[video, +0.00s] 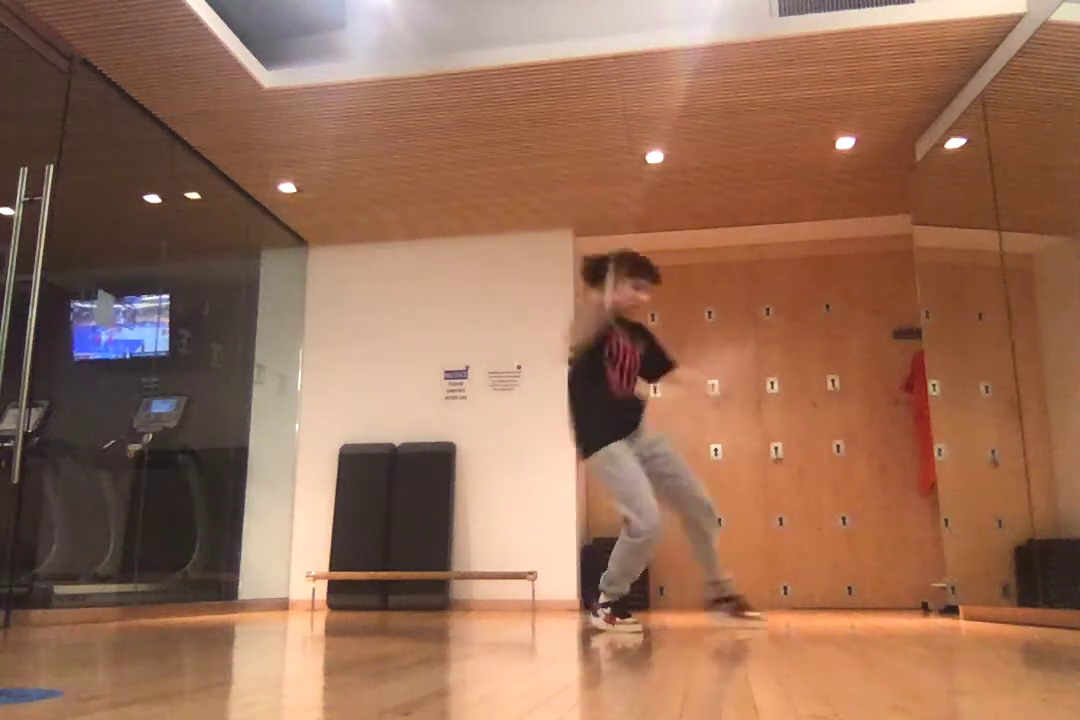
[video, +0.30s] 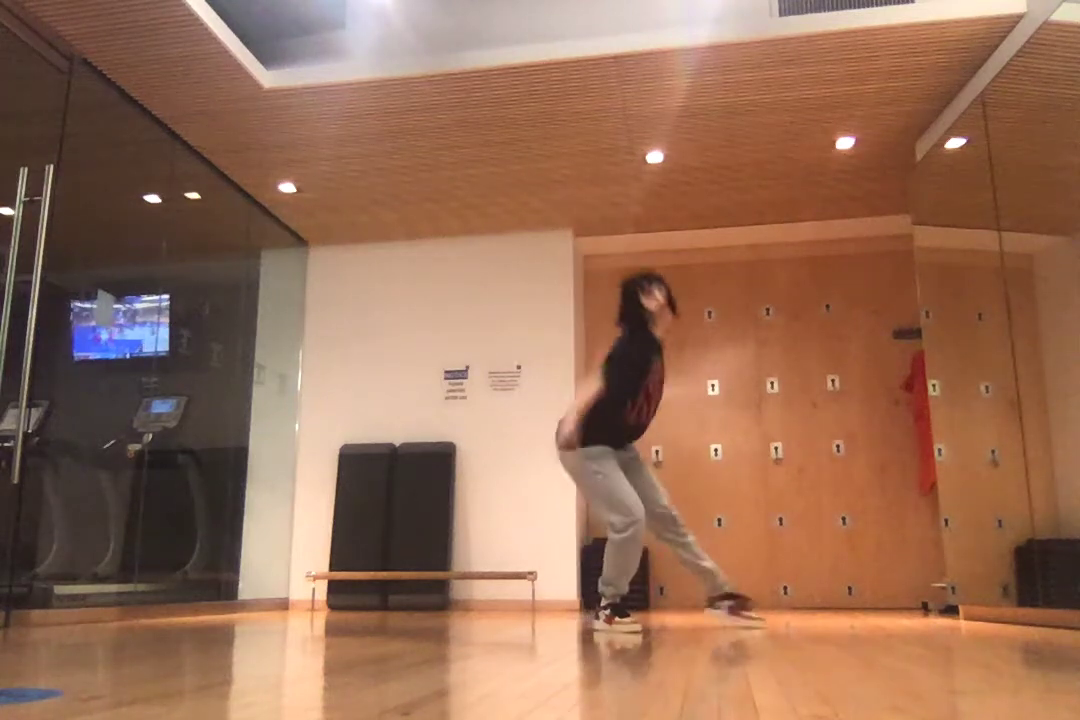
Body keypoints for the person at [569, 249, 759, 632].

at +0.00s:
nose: (642, 298)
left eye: (646, 291)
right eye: (635, 288)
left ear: (648, 294)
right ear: (610, 288)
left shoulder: (636, 334)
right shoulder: (590, 331)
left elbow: (667, 376)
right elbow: (579, 337)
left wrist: (707, 385)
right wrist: (599, 303)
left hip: (636, 433)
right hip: (602, 442)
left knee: (696, 505)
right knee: (646, 521)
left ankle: (720, 595)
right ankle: (605, 603)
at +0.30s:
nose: (661, 300)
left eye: (661, 293)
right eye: (651, 294)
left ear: (667, 301)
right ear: (639, 303)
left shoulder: (653, 346)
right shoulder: (631, 345)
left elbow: (626, 388)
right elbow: (599, 382)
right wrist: (572, 418)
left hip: (620, 447)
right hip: (588, 446)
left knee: (665, 519)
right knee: (628, 518)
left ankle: (720, 595)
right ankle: (608, 607)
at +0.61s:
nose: (602, 261)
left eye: (608, 255)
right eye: (595, 256)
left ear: (619, 264)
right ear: (584, 265)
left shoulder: (623, 306)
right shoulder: (579, 292)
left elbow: (636, 355)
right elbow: (564, 259)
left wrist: (651, 401)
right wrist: (569, 210)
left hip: (632, 401)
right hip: (595, 404)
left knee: (636, 501)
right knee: (610, 502)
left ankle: (624, 593)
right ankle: (605, 599)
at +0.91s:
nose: (591, 315)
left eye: (599, 308)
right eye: (583, 308)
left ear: (612, 314)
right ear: (572, 315)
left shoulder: (625, 347)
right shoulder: (559, 352)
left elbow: (659, 337)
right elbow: (515, 362)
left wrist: (689, 326)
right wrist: (483, 354)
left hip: (613, 453)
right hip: (565, 454)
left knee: (597, 527)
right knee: (527, 515)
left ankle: (568, 602)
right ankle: (478, 582)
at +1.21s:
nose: (582, 304)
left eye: (590, 298)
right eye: (575, 299)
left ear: (602, 306)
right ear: (567, 308)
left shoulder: (617, 348)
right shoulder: (559, 361)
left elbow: (643, 388)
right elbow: (560, 422)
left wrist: (669, 401)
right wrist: (554, 470)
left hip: (622, 444)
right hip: (582, 455)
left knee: (598, 517)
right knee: (601, 527)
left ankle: (577, 598)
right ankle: (648, 587)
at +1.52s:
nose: (584, 311)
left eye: (592, 304)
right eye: (579, 306)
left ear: (608, 309)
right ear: (574, 313)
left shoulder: (619, 356)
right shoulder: (570, 339)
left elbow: (637, 419)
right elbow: (532, 355)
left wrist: (586, 425)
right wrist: (570, 366)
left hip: (617, 449)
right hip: (584, 451)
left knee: (609, 532)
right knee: (530, 507)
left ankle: (662, 598)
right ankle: (561, 585)